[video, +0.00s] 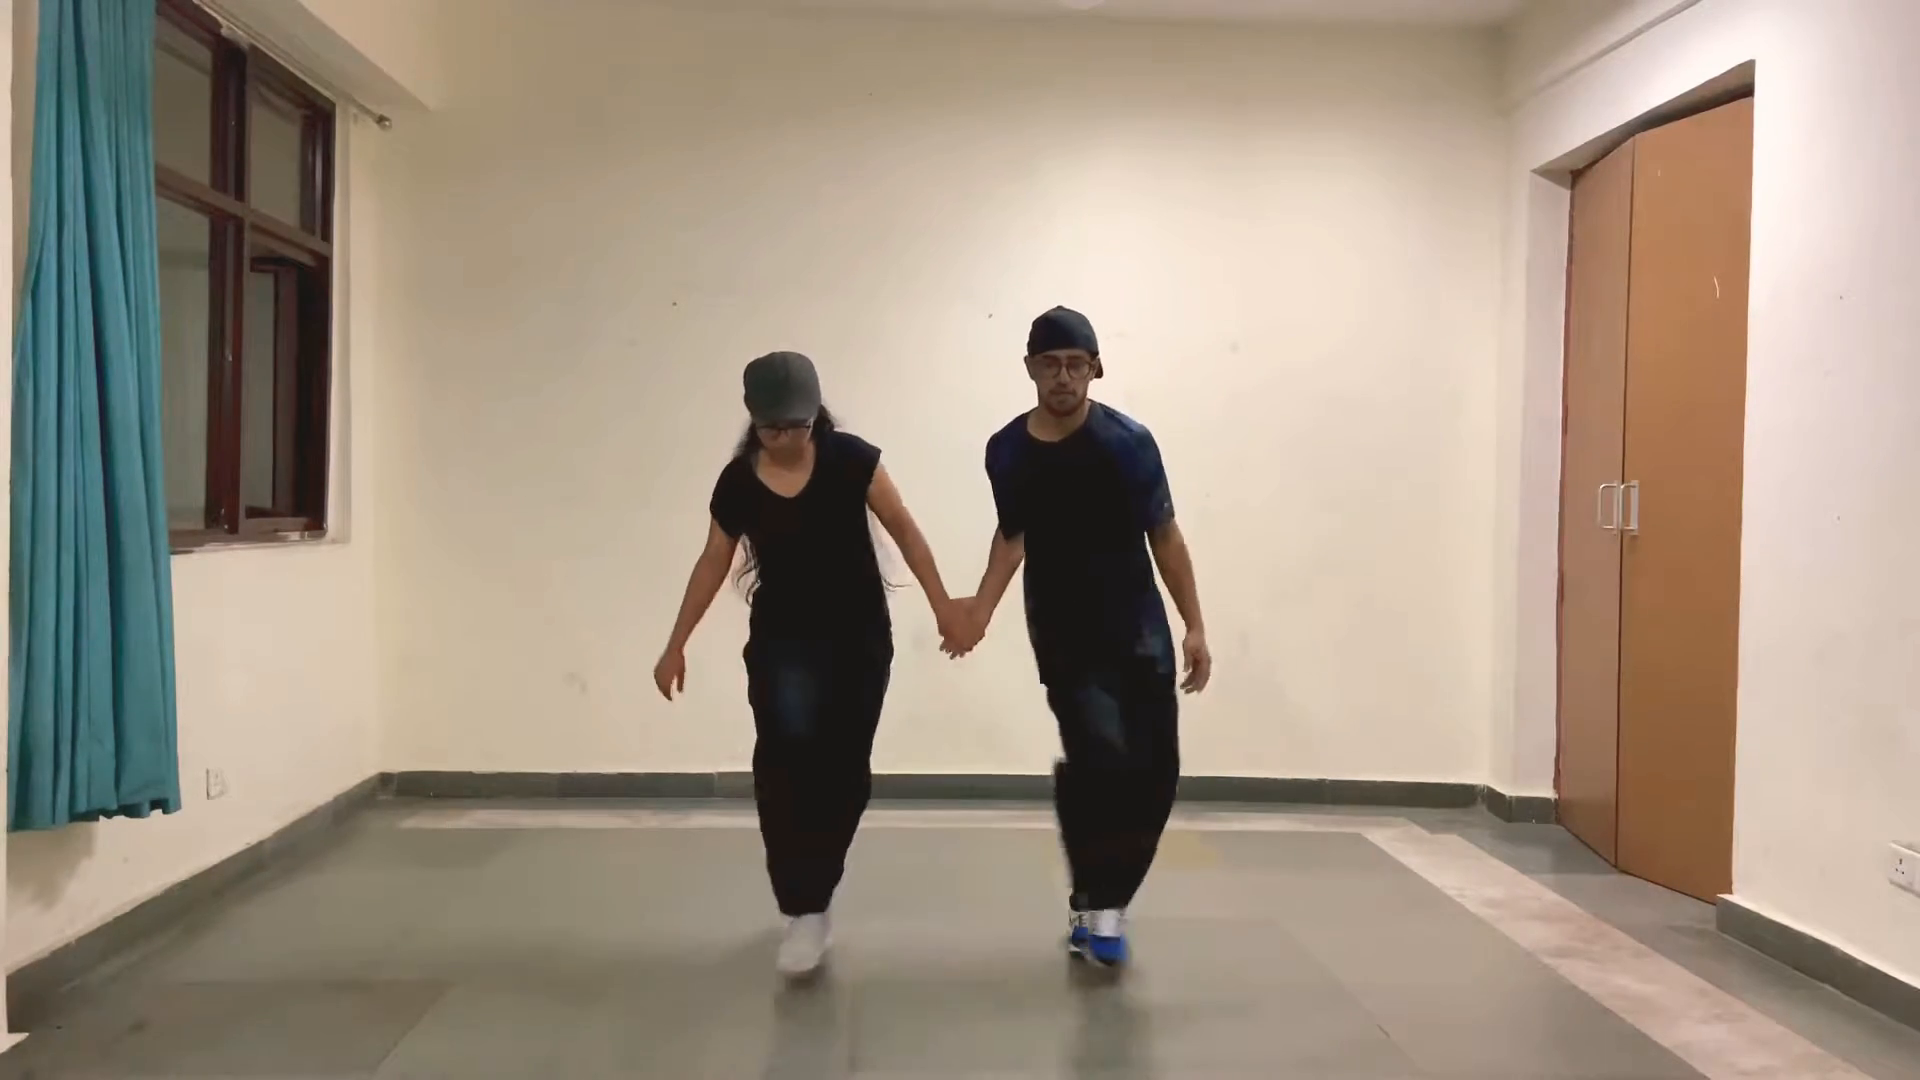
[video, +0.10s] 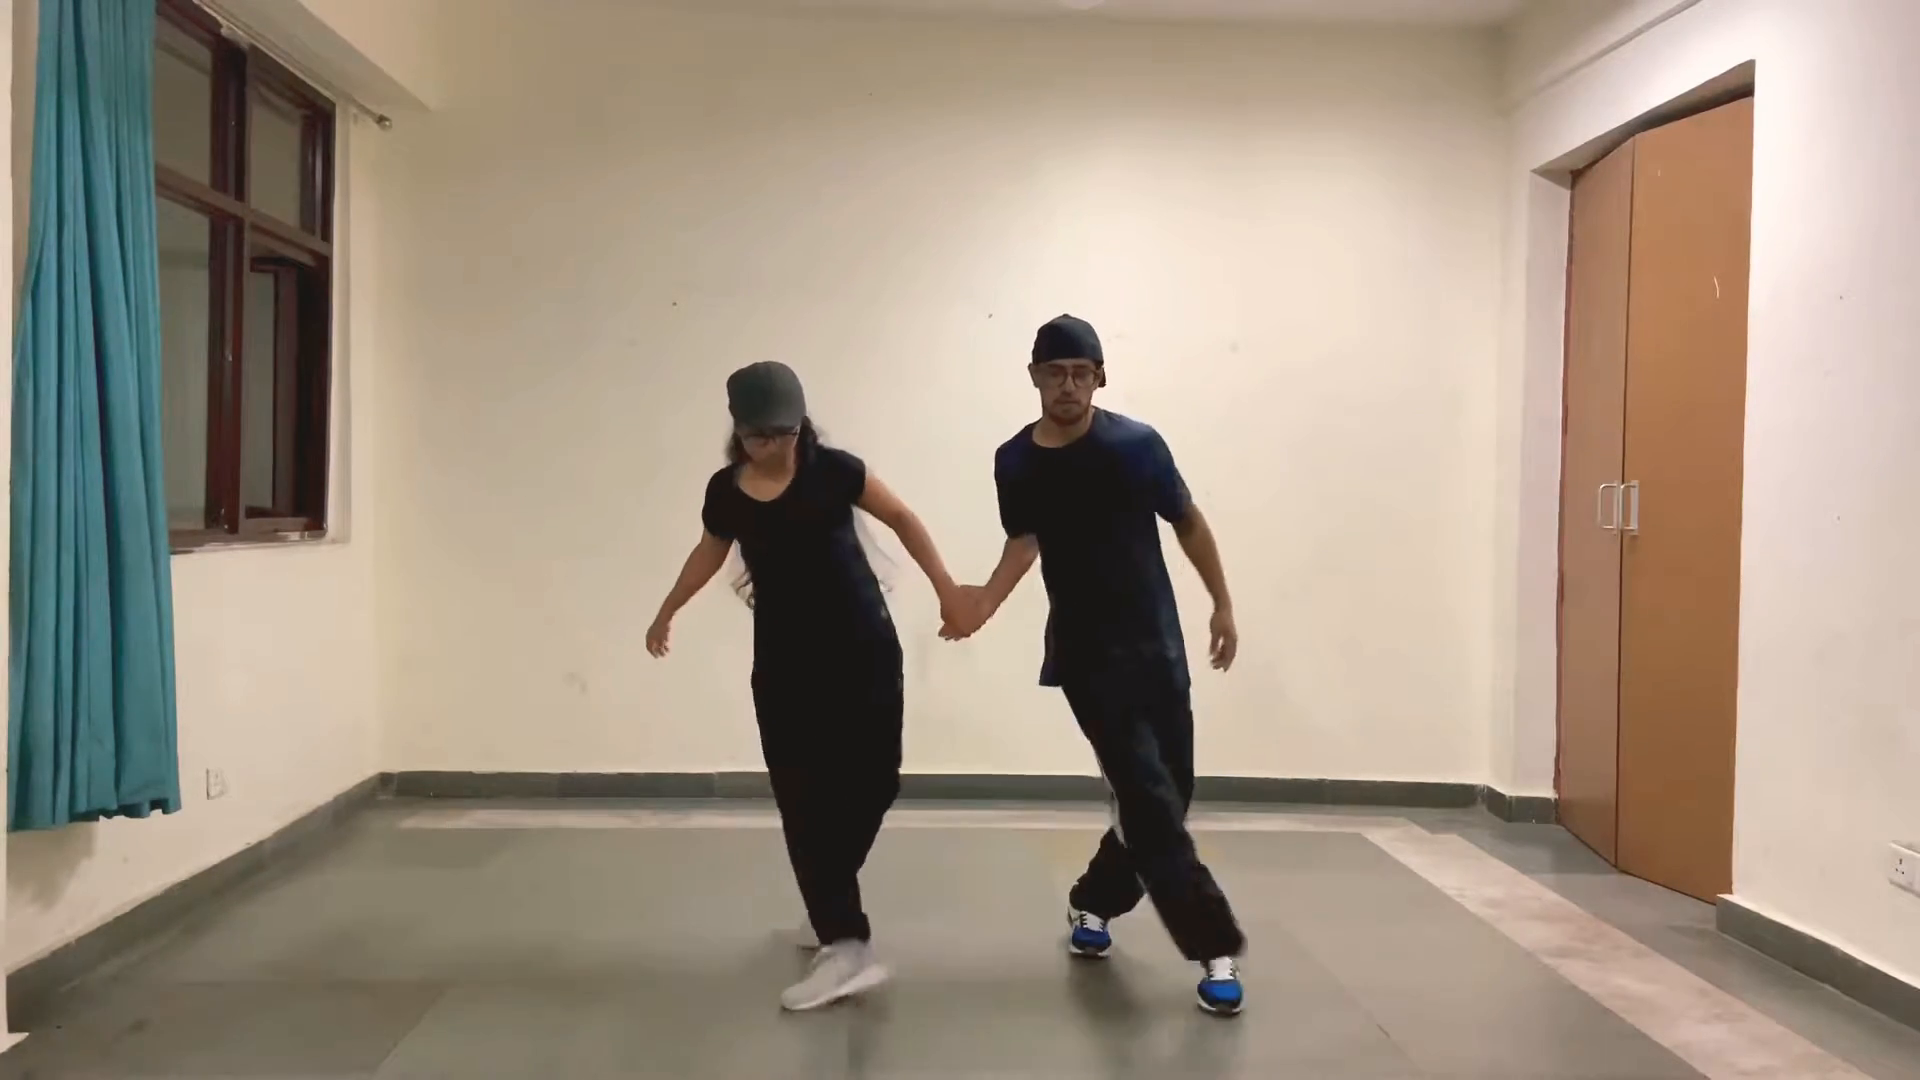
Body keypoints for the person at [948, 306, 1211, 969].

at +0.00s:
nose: (1062, 378)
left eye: (1075, 366)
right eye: (1049, 365)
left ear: (1094, 369)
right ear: (1030, 370)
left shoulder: (1130, 442)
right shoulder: (1008, 450)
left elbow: (1165, 537)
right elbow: (1012, 535)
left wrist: (1195, 628)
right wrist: (979, 610)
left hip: (1138, 626)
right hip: (1063, 632)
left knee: (1154, 769)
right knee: (1100, 760)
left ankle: (1111, 907)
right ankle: (1089, 903)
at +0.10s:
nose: (1067, 388)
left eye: (1080, 376)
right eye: (1054, 375)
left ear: (1099, 380)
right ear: (1033, 378)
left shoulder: (1138, 445)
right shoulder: (1016, 461)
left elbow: (1189, 522)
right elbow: (1025, 540)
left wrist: (1223, 607)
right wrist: (982, 603)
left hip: (1157, 643)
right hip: (1085, 651)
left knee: (1169, 793)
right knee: (1146, 793)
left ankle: (1094, 902)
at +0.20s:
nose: (1072, 396)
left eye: (1085, 384)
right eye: (1059, 383)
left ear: (1103, 389)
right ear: (1038, 387)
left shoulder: (1145, 451)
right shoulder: (1022, 475)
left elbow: (1207, 505)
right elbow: (1030, 557)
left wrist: (1256, 582)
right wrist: (980, 609)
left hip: (1167, 660)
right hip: (1092, 673)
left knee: (1189, 805)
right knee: (1162, 809)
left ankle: (1090, 895)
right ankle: (1225, 952)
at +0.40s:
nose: (1090, 381)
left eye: (1103, 369)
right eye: (1076, 367)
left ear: (1116, 373)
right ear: (1052, 368)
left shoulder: (1138, 444)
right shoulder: (1012, 450)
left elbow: (1203, 503)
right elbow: (984, 540)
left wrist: (1251, 540)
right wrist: (931, 600)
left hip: (1131, 626)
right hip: (1061, 631)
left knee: (1144, 776)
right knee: (1124, 770)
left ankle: (1077, 903)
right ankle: (1160, 932)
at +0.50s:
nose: (1099, 377)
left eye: (1111, 366)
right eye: (1085, 364)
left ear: (1123, 372)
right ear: (1059, 364)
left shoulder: (1128, 444)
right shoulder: (1011, 441)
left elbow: (1186, 500)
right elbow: (961, 523)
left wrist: (1211, 520)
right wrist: (909, 591)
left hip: (1110, 625)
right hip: (1043, 624)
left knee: (1126, 765)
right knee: (1107, 744)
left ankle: (1081, 904)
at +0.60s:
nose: (1101, 373)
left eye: (1112, 362)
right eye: (1087, 360)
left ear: (1123, 368)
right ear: (1059, 360)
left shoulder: (1120, 442)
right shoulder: (1007, 430)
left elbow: (1172, 510)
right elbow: (942, 509)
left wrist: (1184, 531)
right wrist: (894, 594)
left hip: (1087, 624)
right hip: (1021, 623)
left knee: (1098, 761)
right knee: (1052, 759)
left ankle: (1071, 908)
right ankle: (964, 874)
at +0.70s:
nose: (1083, 375)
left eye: (1097, 365)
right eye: (1071, 361)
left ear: (1110, 373)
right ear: (1048, 361)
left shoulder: (1107, 450)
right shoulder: (998, 429)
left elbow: (1128, 525)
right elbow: (939, 516)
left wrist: (1153, 585)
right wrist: (899, 605)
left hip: (1066, 625)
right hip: (994, 624)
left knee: (1077, 763)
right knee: (992, 762)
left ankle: (1071, 905)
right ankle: (956, 893)